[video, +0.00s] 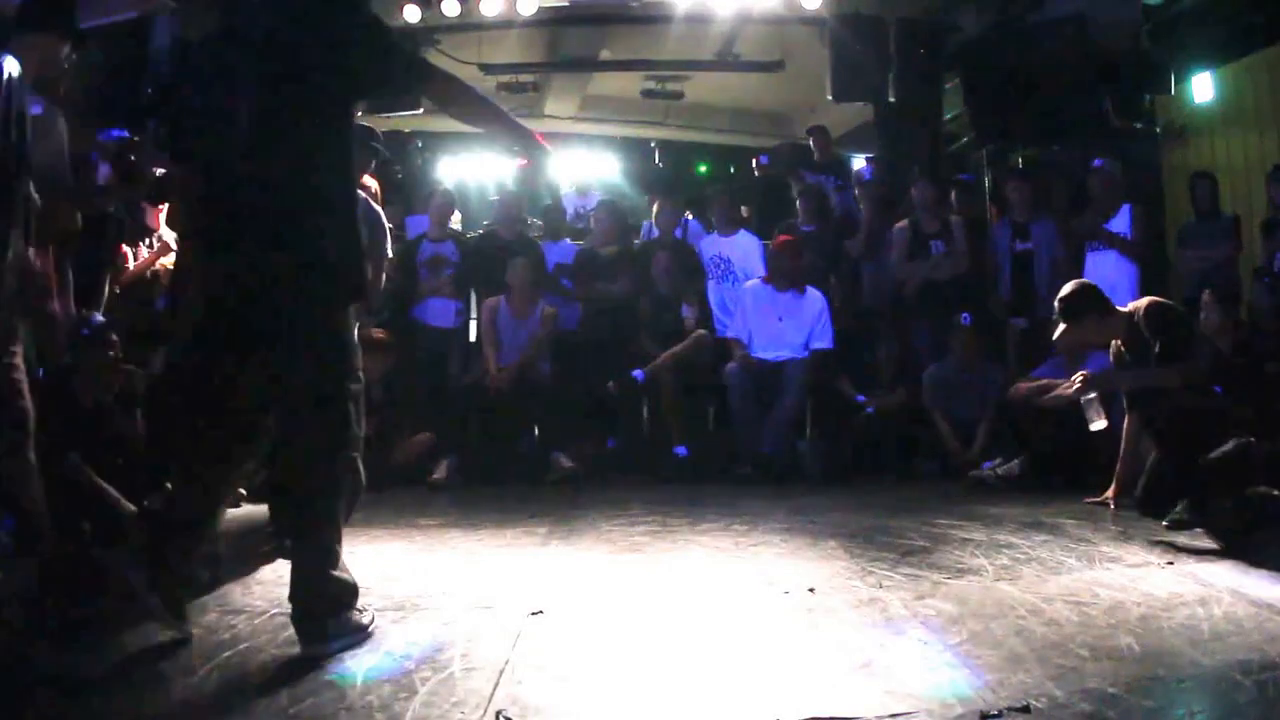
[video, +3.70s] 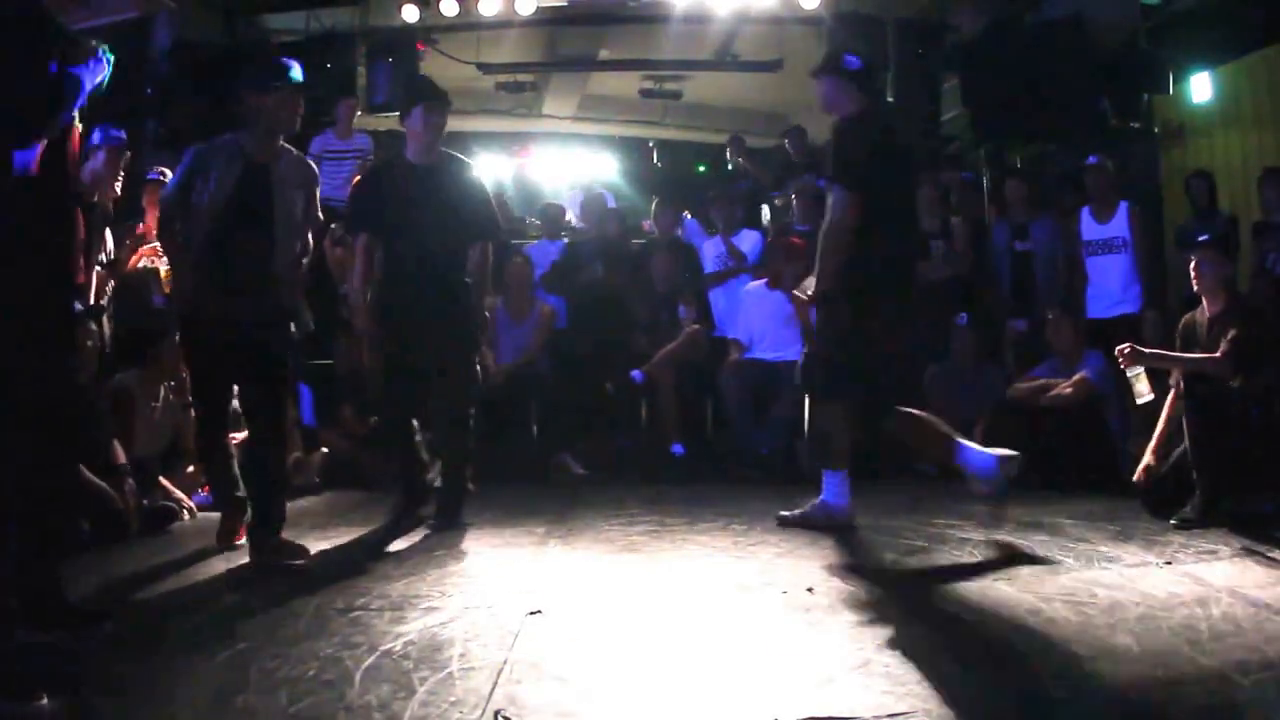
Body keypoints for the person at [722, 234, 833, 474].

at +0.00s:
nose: (790, 264)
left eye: (793, 258)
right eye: (784, 258)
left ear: (800, 261)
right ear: (771, 262)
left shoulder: (814, 299)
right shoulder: (750, 292)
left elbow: (821, 347)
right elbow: (735, 336)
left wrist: (807, 364)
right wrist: (742, 355)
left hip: (792, 360)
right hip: (758, 359)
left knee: (798, 373)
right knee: (734, 373)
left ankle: (773, 450)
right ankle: (748, 451)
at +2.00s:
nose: (781, 267)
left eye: (787, 261)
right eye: (778, 260)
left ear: (801, 265)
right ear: (771, 263)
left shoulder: (818, 302)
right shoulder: (754, 292)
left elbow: (822, 351)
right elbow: (739, 337)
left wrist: (803, 362)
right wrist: (733, 355)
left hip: (791, 364)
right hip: (755, 363)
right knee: (730, 374)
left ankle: (770, 448)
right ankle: (745, 447)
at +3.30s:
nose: (796, 269)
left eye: (800, 263)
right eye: (790, 262)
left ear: (805, 266)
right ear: (777, 264)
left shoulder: (816, 302)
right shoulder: (752, 292)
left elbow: (821, 351)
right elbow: (738, 339)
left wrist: (802, 360)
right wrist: (733, 357)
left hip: (790, 364)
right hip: (754, 363)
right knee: (730, 374)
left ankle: (778, 449)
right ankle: (747, 447)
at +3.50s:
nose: (794, 269)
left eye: (799, 263)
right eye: (788, 262)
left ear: (805, 266)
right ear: (776, 264)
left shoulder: (816, 301)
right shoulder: (753, 292)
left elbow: (821, 352)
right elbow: (740, 339)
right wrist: (733, 356)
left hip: (792, 361)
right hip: (756, 360)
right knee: (732, 376)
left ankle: (775, 450)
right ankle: (745, 448)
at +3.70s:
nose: (793, 268)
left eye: (796, 262)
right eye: (789, 260)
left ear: (802, 265)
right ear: (773, 262)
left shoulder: (805, 294)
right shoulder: (752, 292)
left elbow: (812, 339)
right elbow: (740, 338)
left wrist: (797, 305)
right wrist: (734, 355)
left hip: (791, 361)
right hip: (757, 360)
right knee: (731, 376)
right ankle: (744, 444)